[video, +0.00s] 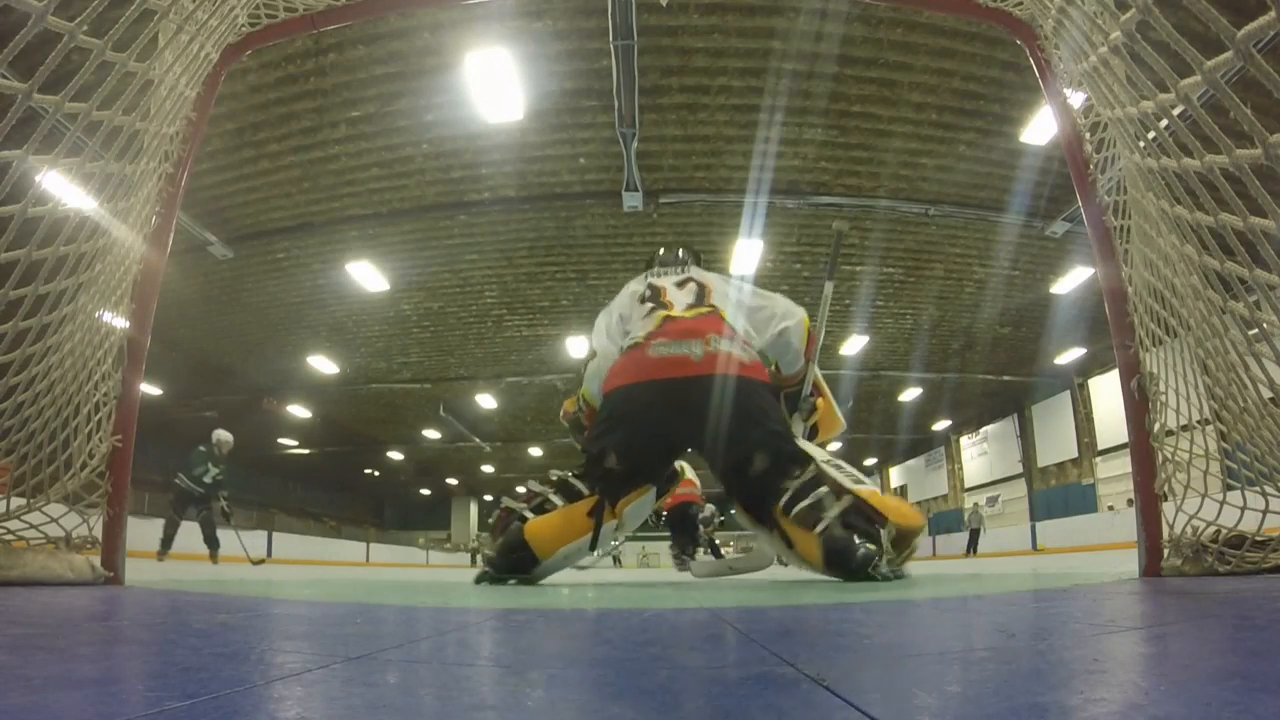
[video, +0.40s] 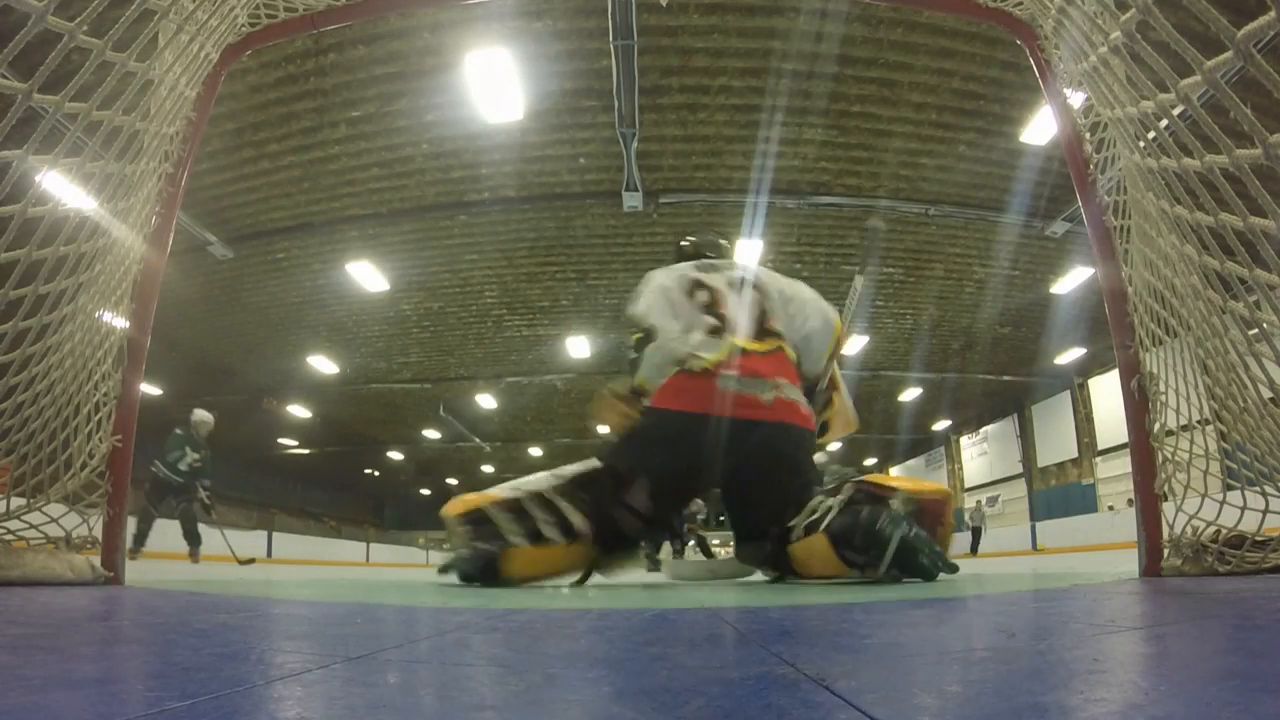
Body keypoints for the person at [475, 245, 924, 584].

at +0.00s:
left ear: (652, 274)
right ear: (698, 270)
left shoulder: (627, 296)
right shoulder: (728, 284)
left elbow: (602, 362)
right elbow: (790, 319)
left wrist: (588, 411)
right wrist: (798, 390)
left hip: (637, 379)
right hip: (730, 373)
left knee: (608, 487)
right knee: (777, 478)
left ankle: (521, 548)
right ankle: (847, 546)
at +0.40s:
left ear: (684, 259)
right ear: (734, 262)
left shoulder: (666, 281)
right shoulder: (772, 284)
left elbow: (658, 345)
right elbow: (823, 318)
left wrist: (642, 399)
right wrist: (821, 386)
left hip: (689, 406)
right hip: (780, 416)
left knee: (604, 524)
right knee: (779, 546)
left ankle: (495, 560)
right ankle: (859, 540)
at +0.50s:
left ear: (687, 262)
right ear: (739, 266)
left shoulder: (673, 280)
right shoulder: (776, 283)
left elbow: (666, 336)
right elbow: (825, 328)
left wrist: (646, 400)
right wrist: (819, 395)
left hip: (698, 411)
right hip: (786, 419)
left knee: (624, 525)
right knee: (783, 545)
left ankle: (527, 555)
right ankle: (862, 542)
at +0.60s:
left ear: (704, 270)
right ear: (755, 266)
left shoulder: (686, 286)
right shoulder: (790, 283)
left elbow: (659, 330)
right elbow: (833, 337)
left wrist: (663, 392)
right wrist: (812, 390)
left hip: (700, 415)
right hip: (796, 419)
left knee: (646, 527)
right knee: (808, 535)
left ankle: (571, 548)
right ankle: (868, 542)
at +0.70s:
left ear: (712, 270)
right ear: (762, 267)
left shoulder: (691, 287)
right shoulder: (796, 282)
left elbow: (659, 334)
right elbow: (840, 340)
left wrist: (667, 401)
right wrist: (817, 394)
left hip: (709, 417)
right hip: (804, 419)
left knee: (654, 533)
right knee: (817, 530)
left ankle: (578, 554)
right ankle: (879, 543)